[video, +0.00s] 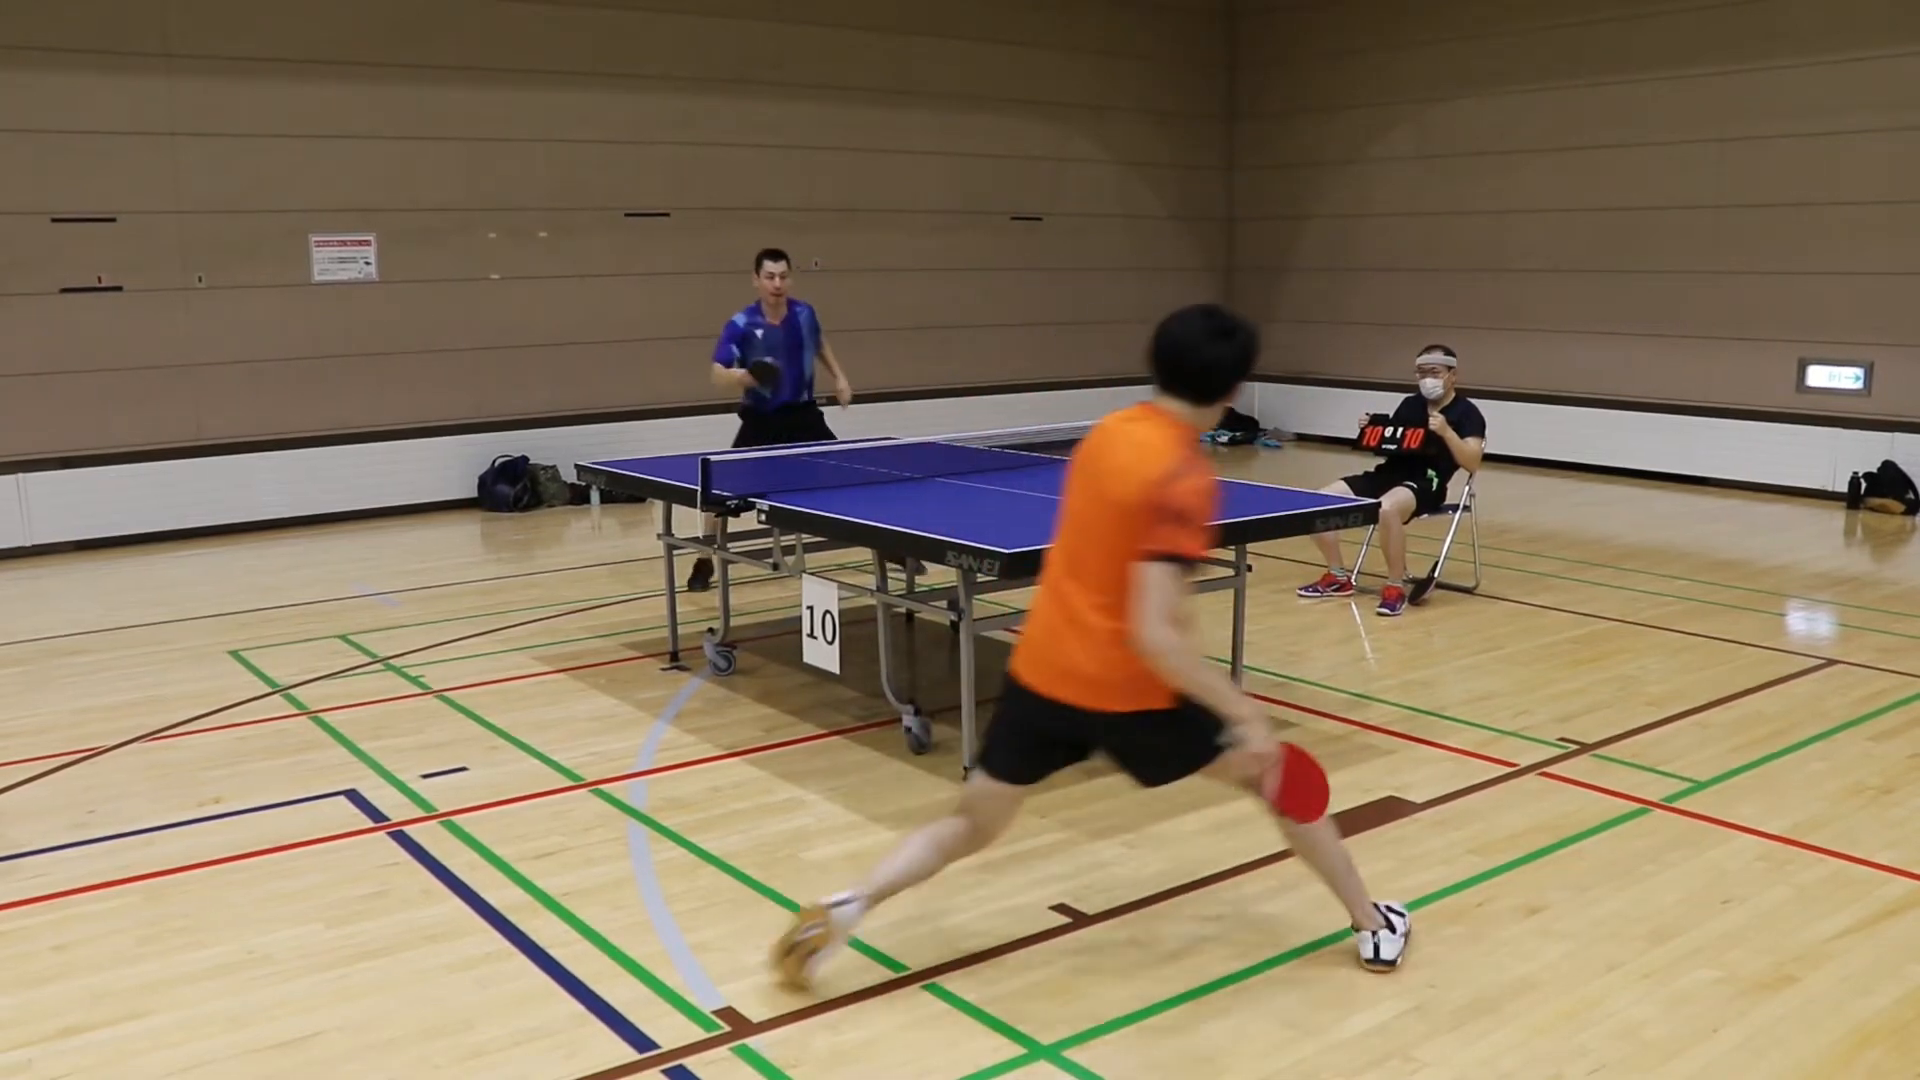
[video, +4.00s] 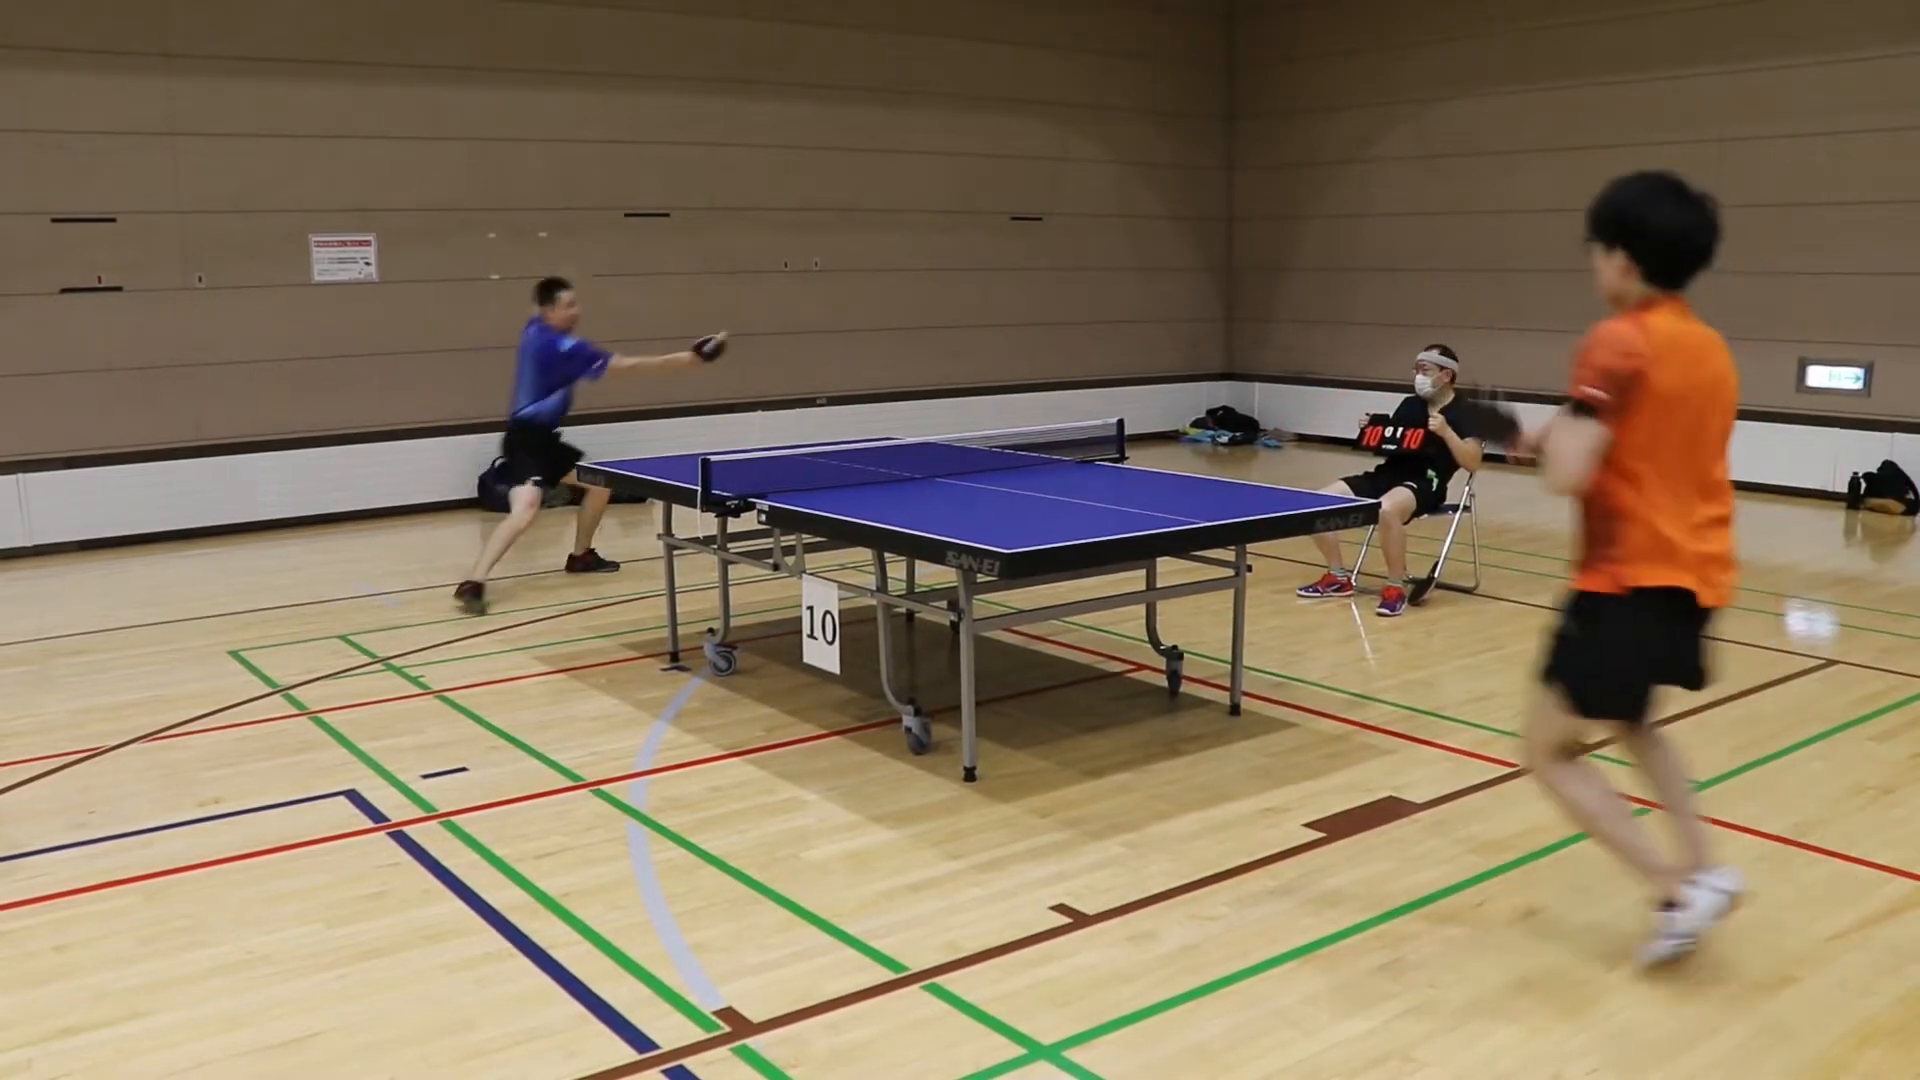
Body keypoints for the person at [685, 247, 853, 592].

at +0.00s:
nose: (778, 283)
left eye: (783, 277)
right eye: (770, 277)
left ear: (790, 280)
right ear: (756, 280)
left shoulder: (804, 314)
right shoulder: (741, 324)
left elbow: (820, 346)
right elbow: (719, 375)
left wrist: (839, 377)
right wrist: (742, 376)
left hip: (805, 419)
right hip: (760, 423)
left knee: (852, 474)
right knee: (722, 488)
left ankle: (892, 545)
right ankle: (705, 559)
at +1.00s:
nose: (704, 303)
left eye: (708, 296)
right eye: (696, 296)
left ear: (713, 300)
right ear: (679, 300)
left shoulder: (726, 333)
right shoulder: (666, 344)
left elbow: (748, 366)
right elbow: (640, 390)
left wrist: (769, 400)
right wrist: (680, 390)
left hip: (739, 430)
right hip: (697, 437)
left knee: (782, 481)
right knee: (674, 500)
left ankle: (839, 538)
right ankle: (664, 559)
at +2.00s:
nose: (428, 339)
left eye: (430, 331)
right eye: (420, 332)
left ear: (431, 334)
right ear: (396, 335)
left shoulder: (439, 378)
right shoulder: (369, 380)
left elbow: (461, 418)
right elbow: (324, 419)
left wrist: (496, 449)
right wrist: (335, 439)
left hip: (415, 481)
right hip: (374, 482)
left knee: (476, 537)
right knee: (363, 554)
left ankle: (460, 594)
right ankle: (297, 619)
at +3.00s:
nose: (449, 349)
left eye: (453, 341)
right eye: (441, 342)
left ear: (457, 342)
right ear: (421, 347)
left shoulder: (469, 370)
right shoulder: (407, 385)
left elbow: (492, 377)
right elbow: (361, 420)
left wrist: (527, 385)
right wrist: (349, 408)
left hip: (470, 463)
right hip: (427, 470)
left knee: (527, 522)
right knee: (445, 518)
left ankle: (515, 560)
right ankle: (435, 604)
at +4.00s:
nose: (575, 312)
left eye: (575, 304)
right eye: (567, 306)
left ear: (548, 310)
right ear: (547, 311)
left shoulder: (535, 330)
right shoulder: (558, 345)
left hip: (541, 439)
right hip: (525, 440)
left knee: (600, 481)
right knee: (526, 509)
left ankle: (581, 556)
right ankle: (474, 583)